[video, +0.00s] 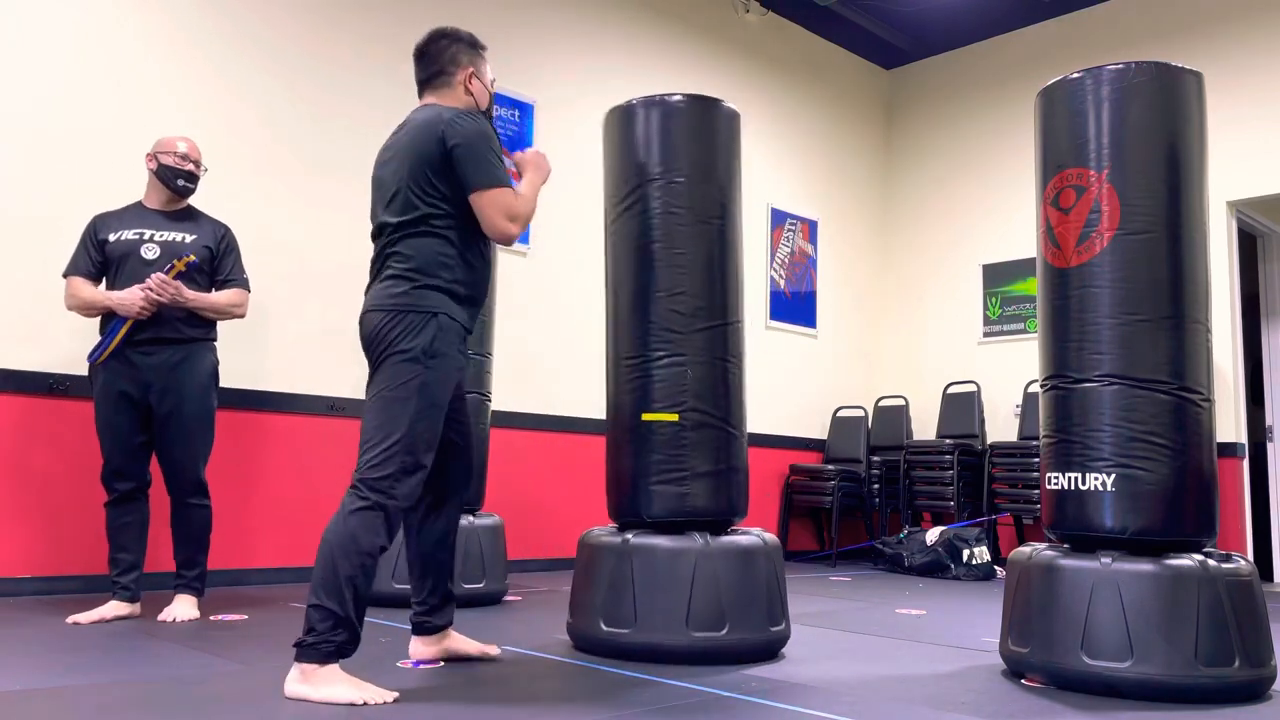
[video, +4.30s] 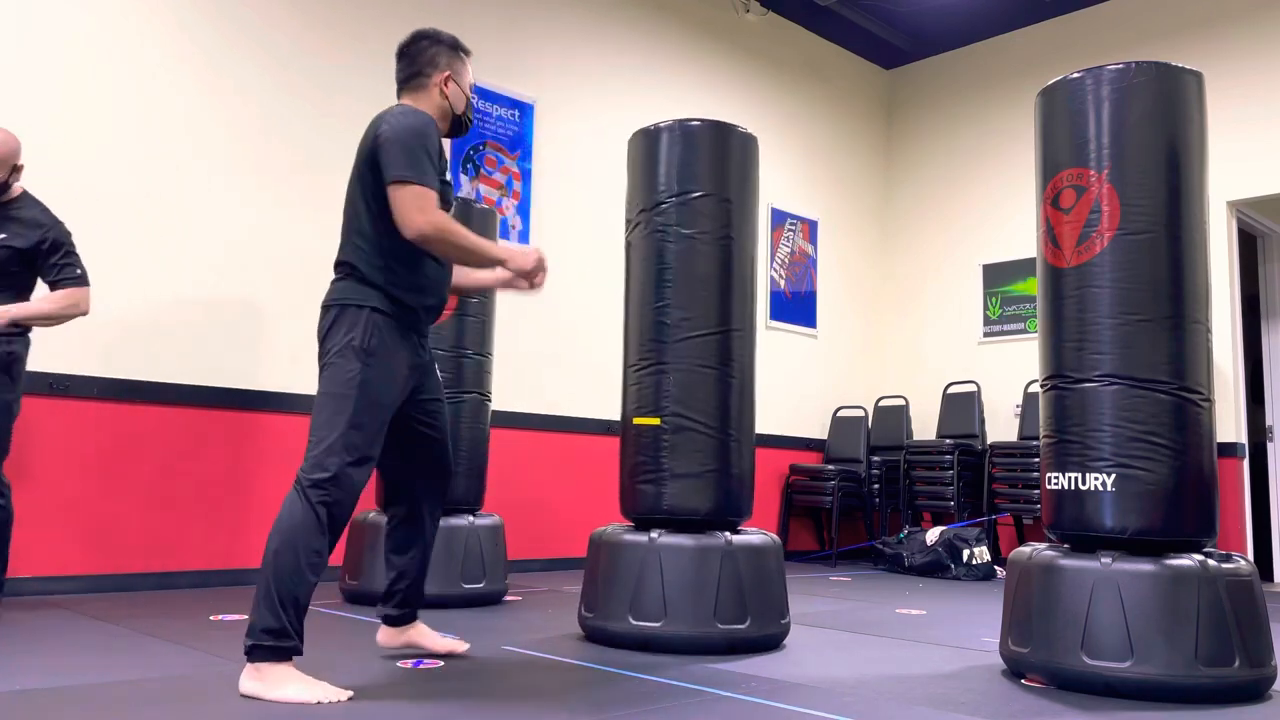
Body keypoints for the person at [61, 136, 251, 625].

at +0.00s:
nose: (186, 164)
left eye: (194, 161)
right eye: (176, 154)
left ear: (200, 177)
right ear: (150, 162)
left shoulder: (215, 234)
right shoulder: (106, 226)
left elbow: (238, 304)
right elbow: (74, 294)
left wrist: (187, 298)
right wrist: (115, 299)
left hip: (187, 370)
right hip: (119, 370)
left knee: (187, 483)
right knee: (123, 483)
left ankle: (188, 592)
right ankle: (124, 594)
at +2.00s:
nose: (168, 185)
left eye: (176, 182)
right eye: (159, 176)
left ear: (182, 194)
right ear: (133, 180)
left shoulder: (193, 250)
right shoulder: (88, 237)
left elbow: (207, 320)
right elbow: (56, 301)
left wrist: (166, 291)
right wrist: (93, 301)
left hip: (158, 382)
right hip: (91, 379)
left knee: (169, 483)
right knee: (80, 484)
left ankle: (184, 592)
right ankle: (71, 587)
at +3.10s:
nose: (106, 183)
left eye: (112, 178)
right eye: (95, 174)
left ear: (119, 189)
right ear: (69, 180)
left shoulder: (136, 245)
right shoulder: (28, 241)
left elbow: (157, 311)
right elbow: (3, 307)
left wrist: (111, 290)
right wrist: (37, 303)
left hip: (110, 378)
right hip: (45, 378)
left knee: (113, 479)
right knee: (56, 482)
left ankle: (116, 587)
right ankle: (69, 586)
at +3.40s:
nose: (99, 182)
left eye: (106, 177)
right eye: (89, 173)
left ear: (112, 187)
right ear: (60, 178)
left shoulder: (127, 242)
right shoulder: (19, 240)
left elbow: (148, 310)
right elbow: (1, 307)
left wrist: (96, 287)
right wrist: (25, 302)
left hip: (97, 367)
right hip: (35, 369)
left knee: (71, 463)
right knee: (44, 474)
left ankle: (60, 586)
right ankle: (67, 579)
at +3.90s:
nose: (39, 186)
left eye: (51, 179)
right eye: (31, 175)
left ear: (72, 179)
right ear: (19, 168)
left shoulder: (90, 236)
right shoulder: (3, 221)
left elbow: (114, 307)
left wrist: (47, 288)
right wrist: (5, 289)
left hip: (48, 358)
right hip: (4, 358)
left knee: (11, 467)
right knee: (29, 470)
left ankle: (1, 582)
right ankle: (67, 576)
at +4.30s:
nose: (2, 181)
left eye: (4, 172)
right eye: (3, 172)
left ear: (13, 171)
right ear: (10, 170)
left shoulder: (35, 222)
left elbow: (76, 298)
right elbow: (75, 296)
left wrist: (8, 313)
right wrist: (14, 315)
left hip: (2, 367)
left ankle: (0, 581)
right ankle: (1, 579)